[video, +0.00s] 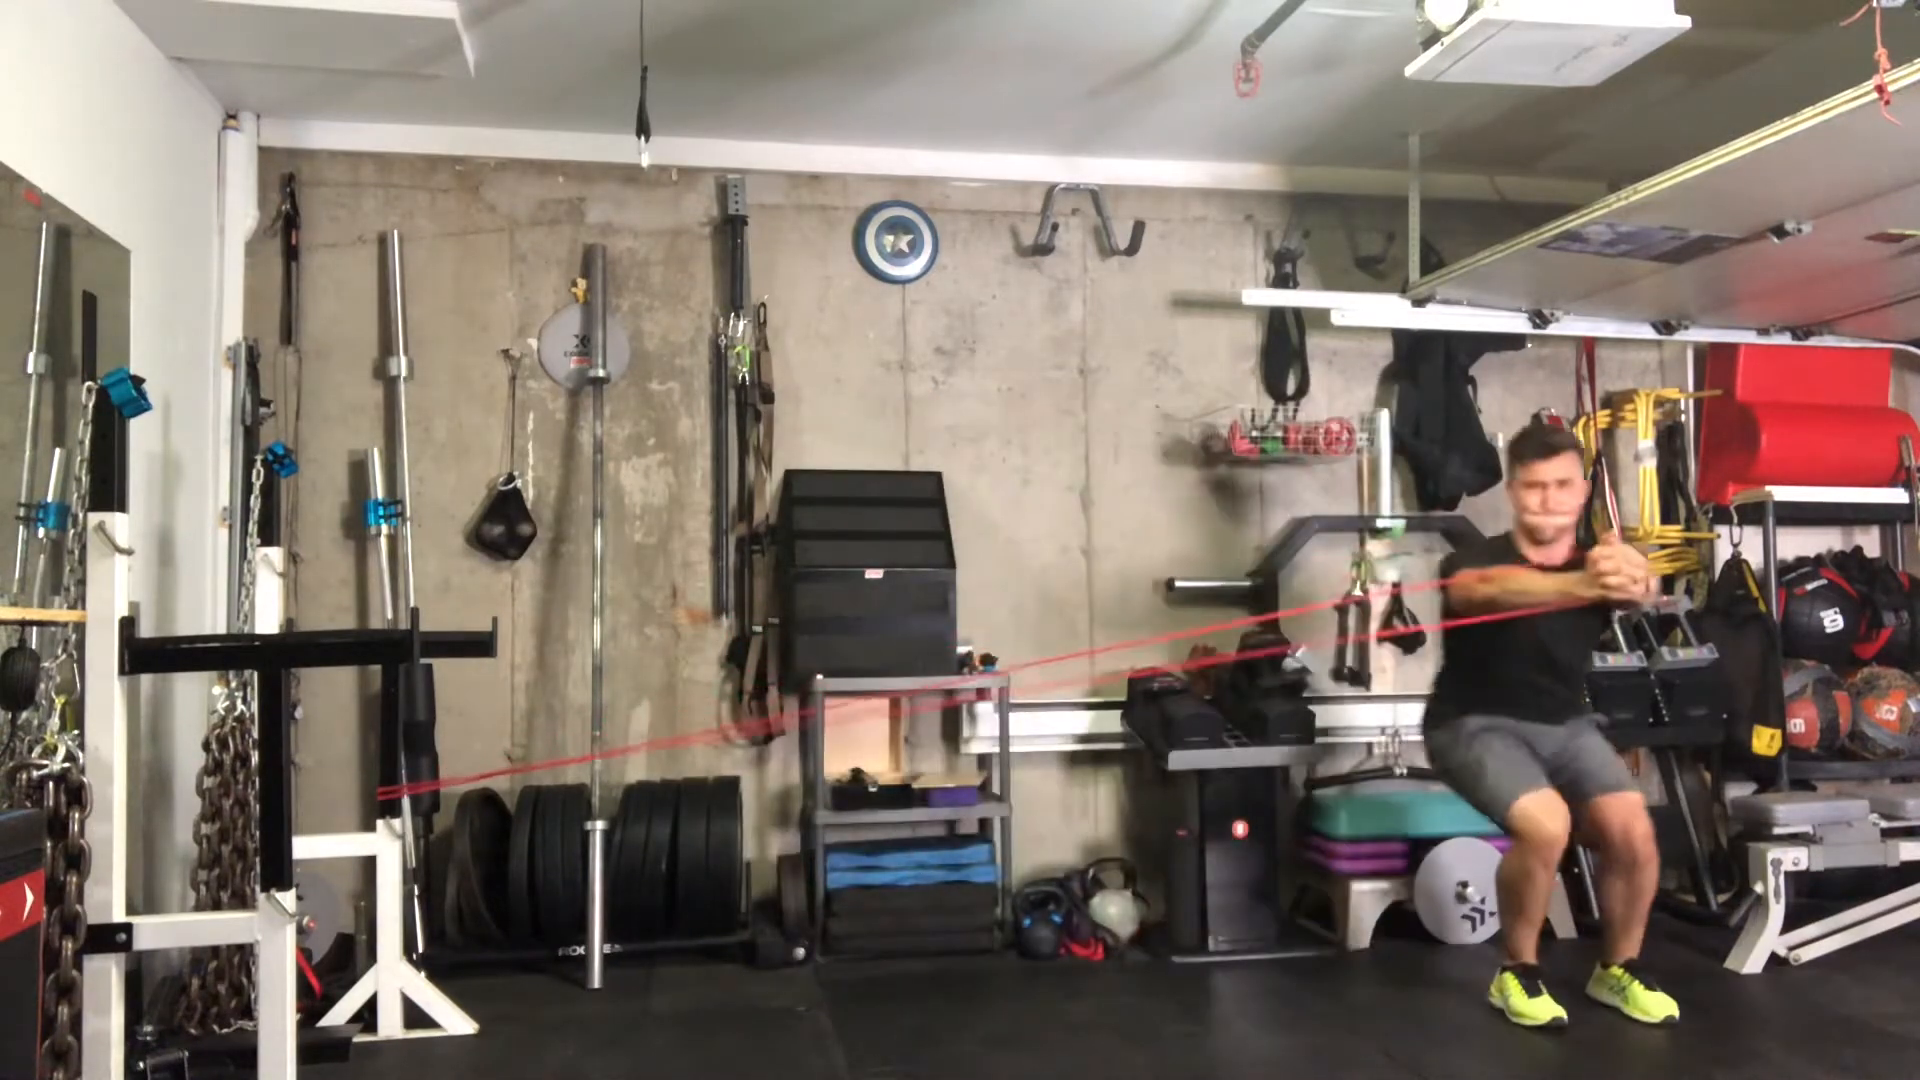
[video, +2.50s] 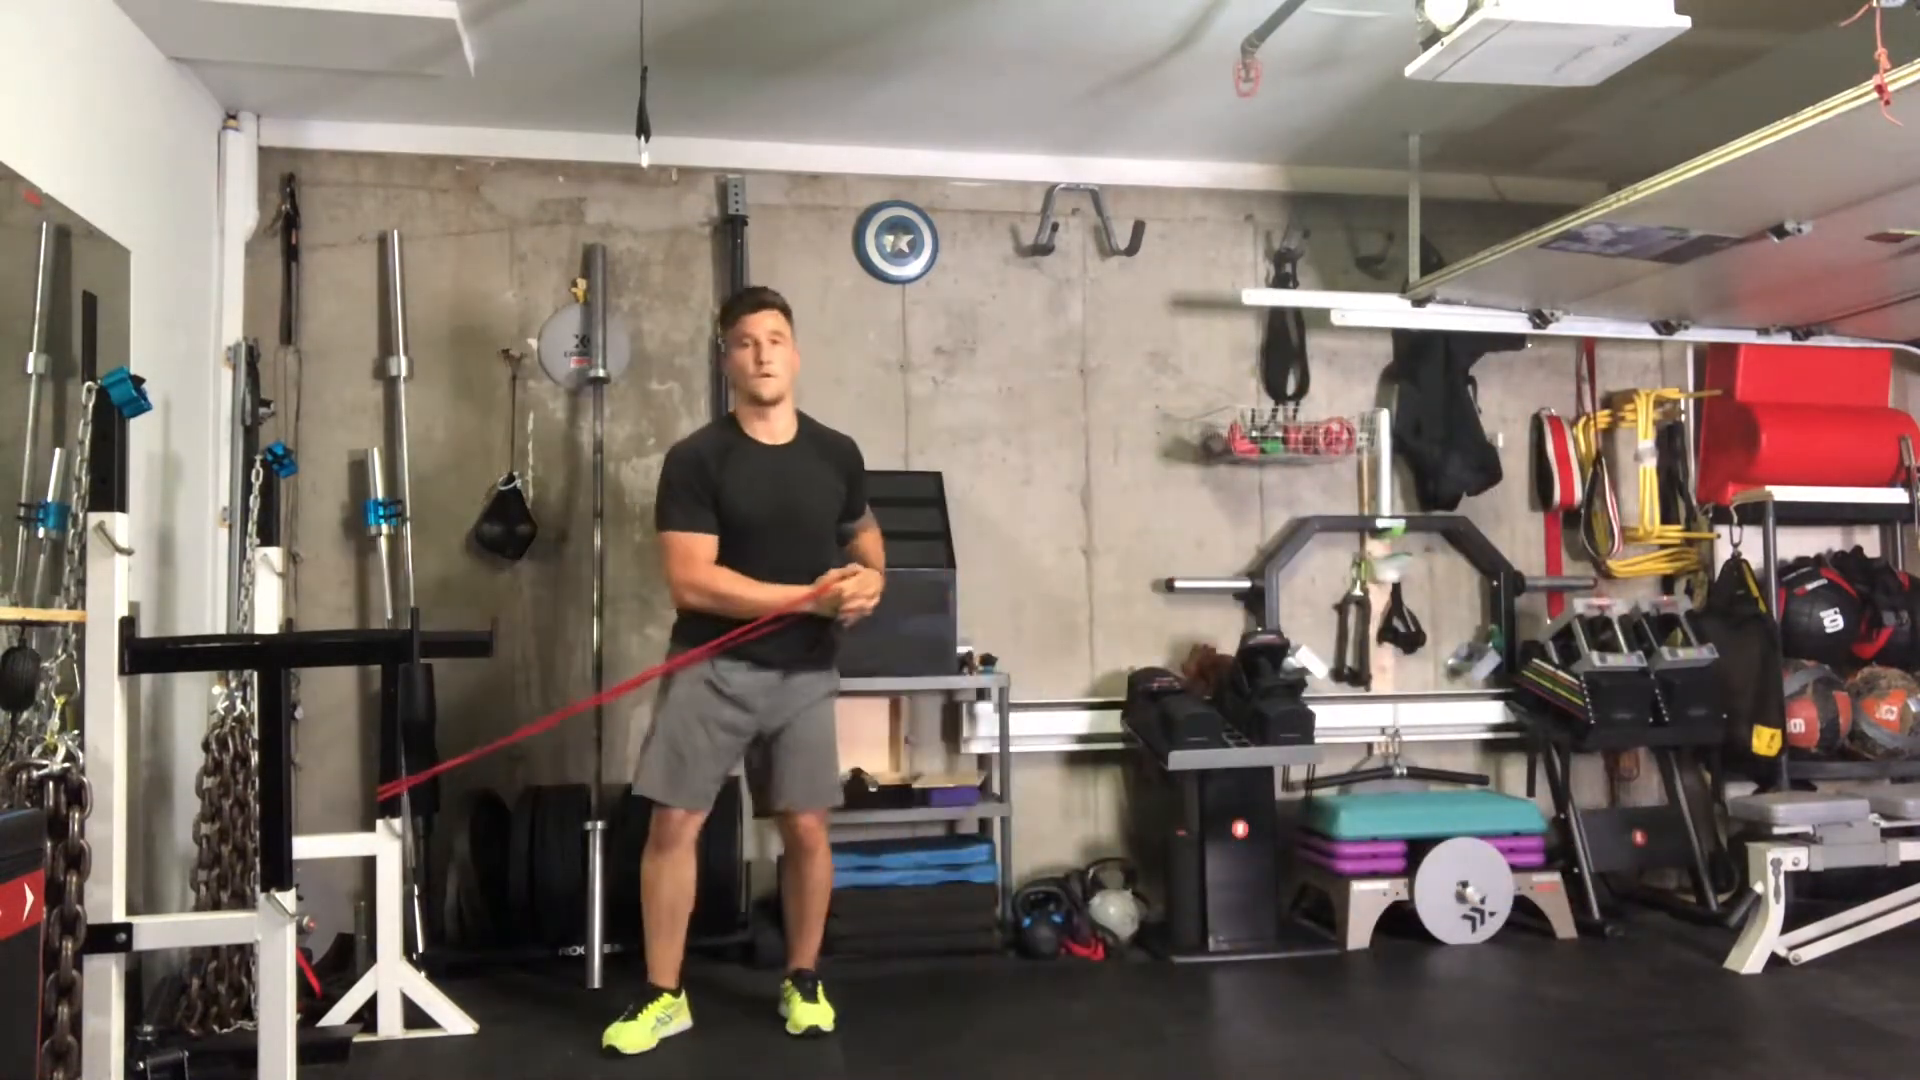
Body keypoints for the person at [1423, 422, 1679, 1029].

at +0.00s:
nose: (1548, 500)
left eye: (1563, 486)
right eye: (1533, 486)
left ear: (1583, 493)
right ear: (1510, 492)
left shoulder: (1599, 556)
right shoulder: (1475, 557)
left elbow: (1642, 583)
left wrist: (1637, 575)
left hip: (1568, 724)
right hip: (1477, 722)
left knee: (1631, 826)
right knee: (1545, 824)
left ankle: (1616, 971)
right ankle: (1519, 972)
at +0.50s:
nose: (1500, 415)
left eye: (1515, 401)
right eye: (1489, 404)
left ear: (1553, 414)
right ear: (1479, 419)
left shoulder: (1597, 503)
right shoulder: (1453, 498)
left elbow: (1572, 590)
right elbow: (1403, 600)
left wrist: (1482, 627)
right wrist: (1439, 623)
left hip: (1565, 696)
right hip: (1463, 687)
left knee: (1619, 836)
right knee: (1422, 797)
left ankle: (1614, 970)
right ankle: (1389, 954)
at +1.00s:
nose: (1213, 356)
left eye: (1228, 344)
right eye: (1215, 343)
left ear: (1276, 359)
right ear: (1239, 361)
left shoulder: (1307, 452)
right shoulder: (1212, 454)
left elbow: (1262, 568)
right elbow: (1173, 545)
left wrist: (1155, 605)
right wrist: (1124, 597)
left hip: (1299, 657)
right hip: (1231, 655)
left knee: (1277, 801)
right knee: (1226, 810)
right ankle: (1265, 974)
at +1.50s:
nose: (1007, 344)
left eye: (1026, 335)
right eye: (1012, 331)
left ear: (1071, 358)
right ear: (1037, 355)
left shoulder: (1078, 462)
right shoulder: (994, 456)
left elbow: (1080, 594)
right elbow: (974, 561)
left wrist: (963, 634)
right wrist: (934, 616)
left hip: (1044, 674)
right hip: (989, 669)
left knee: (957, 824)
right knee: (969, 826)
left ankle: (972, 1031)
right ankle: (1114, 911)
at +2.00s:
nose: (821, 351)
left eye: (838, 340)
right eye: (812, 339)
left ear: (869, 360)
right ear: (797, 356)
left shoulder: (903, 470)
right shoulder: (753, 463)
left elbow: (957, 578)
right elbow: (711, 572)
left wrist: (870, 614)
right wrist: (768, 614)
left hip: (858, 689)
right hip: (757, 685)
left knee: (873, 837)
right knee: (700, 831)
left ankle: (967, 1020)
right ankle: (667, 999)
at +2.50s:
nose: (762, 354)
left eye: (774, 340)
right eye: (746, 343)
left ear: (797, 355)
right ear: (725, 361)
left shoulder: (837, 455)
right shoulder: (694, 460)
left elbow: (867, 546)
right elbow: (689, 581)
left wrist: (871, 582)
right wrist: (809, 596)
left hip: (805, 676)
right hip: (712, 672)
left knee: (807, 827)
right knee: (673, 824)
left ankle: (803, 982)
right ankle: (665, 995)